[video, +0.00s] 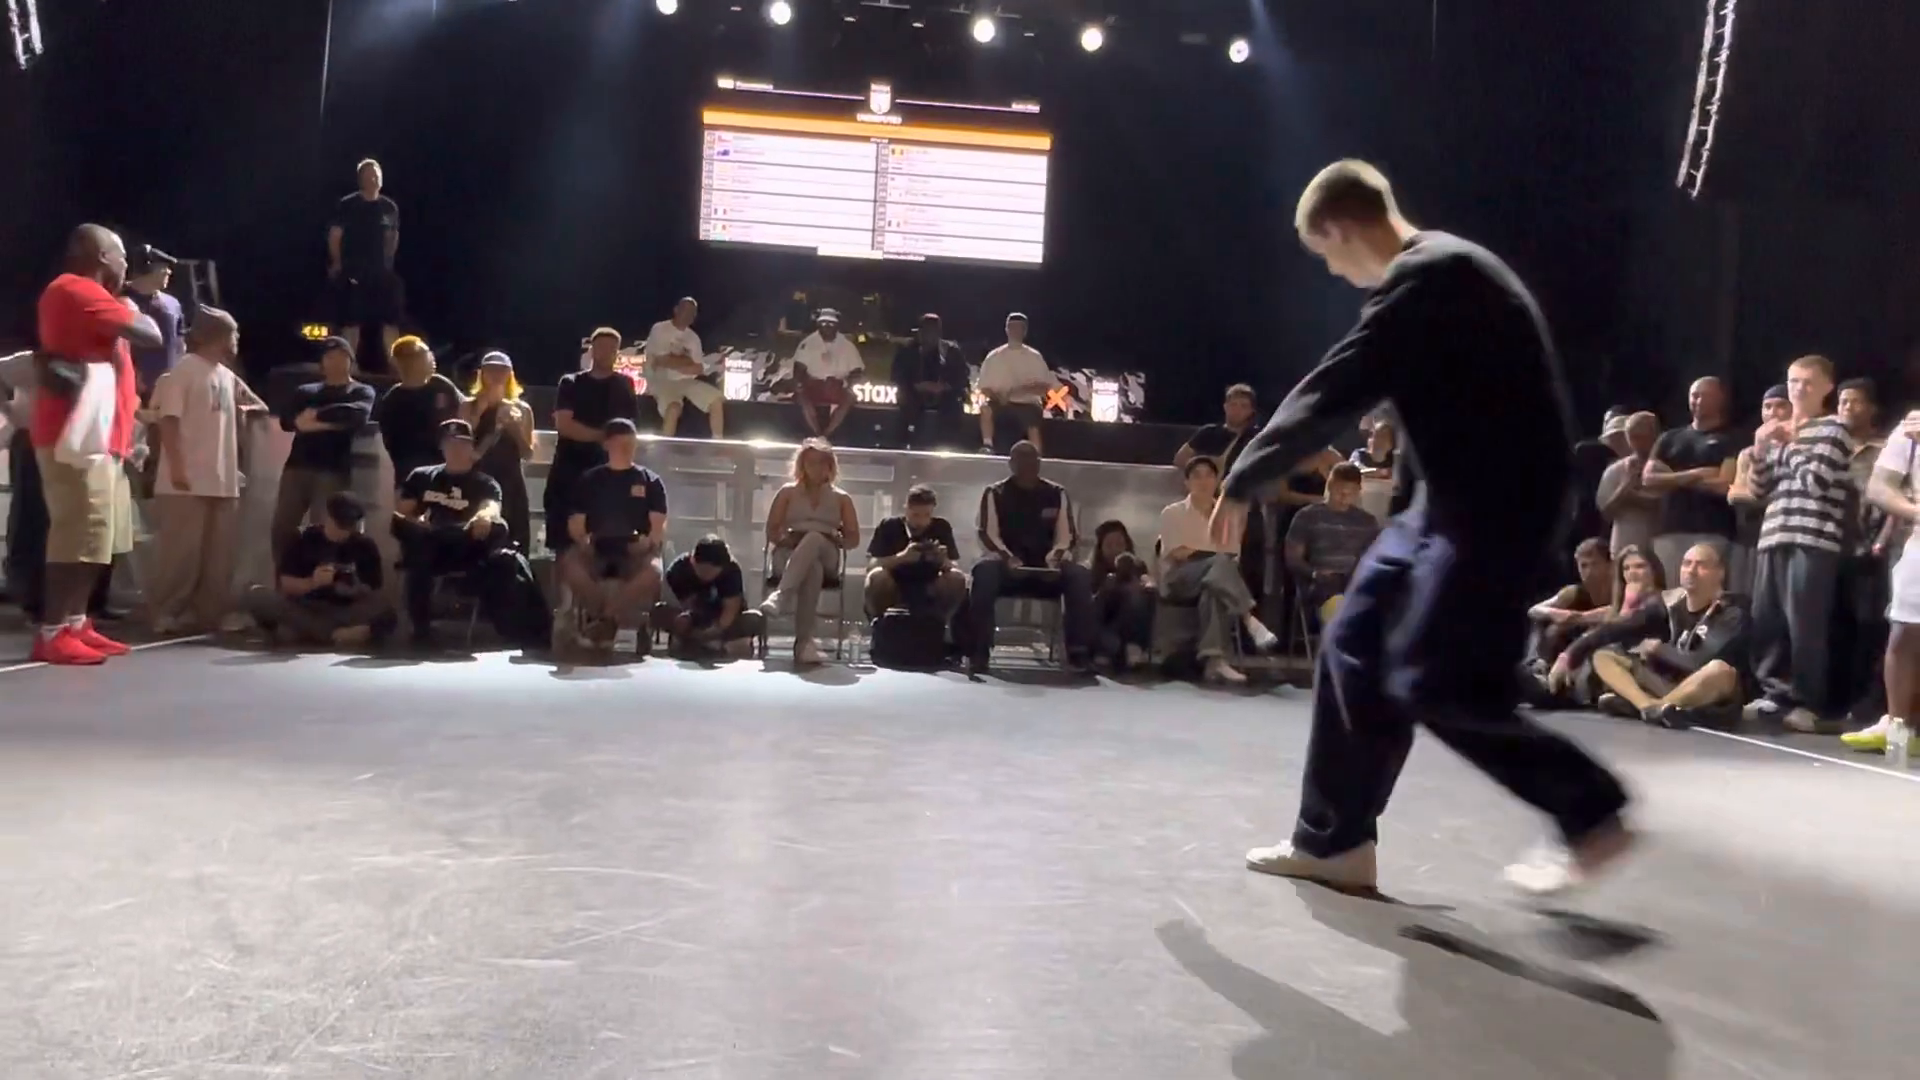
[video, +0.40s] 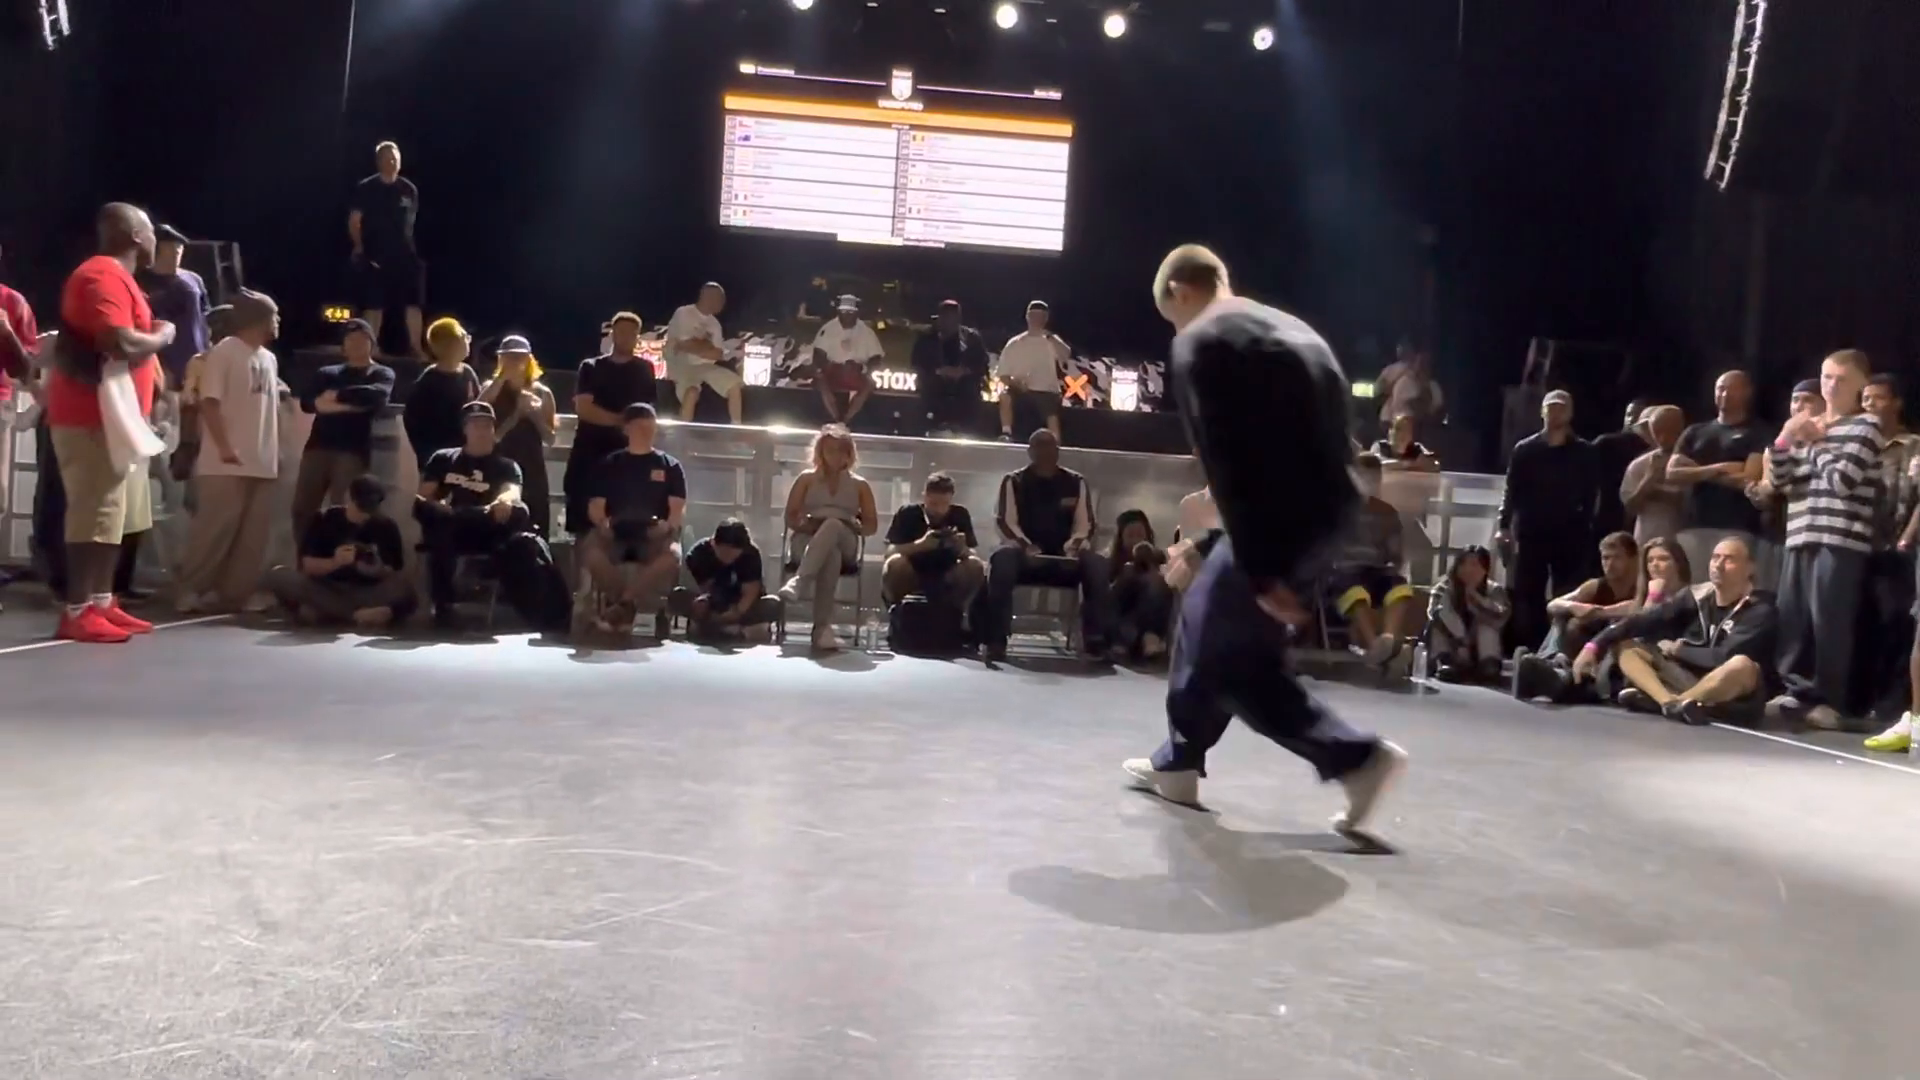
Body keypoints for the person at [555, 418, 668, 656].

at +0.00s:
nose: (623, 447)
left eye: (628, 441)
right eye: (618, 442)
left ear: (635, 444)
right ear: (606, 445)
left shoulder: (650, 482)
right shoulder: (589, 479)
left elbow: (657, 533)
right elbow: (576, 523)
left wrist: (636, 547)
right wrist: (589, 546)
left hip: (634, 545)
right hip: (597, 544)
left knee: (653, 572)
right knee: (570, 563)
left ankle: (607, 620)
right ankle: (608, 617)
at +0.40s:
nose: (644, 431)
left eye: (648, 425)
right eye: (639, 426)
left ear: (655, 428)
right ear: (626, 429)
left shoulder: (670, 466)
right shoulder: (608, 464)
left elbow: (676, 512)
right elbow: (595, 507)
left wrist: (662, 529)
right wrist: (607, 527)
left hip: (652, 527)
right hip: (616, 526)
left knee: (671, 556)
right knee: (591, 550)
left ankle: (622, 606)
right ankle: (624, 607)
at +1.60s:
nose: (669, 415)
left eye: (673, 409)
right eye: (663, 409)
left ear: (679, 412)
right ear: (651, 412)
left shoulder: (694, 449)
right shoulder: (633, 446)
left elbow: (701, 494)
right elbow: (620, 489)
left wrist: (688, 510)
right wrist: (630, 508)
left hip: (676, 508)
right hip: (641, 507)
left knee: (694, 540)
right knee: (616, 533)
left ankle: (643, 587)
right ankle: (649, 588)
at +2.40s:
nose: (680, 404)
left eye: (684, 399)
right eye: (674, 399)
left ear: (690, 401)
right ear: (661, 402)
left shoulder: (705, 438)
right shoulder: (643, 435)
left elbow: (711, 482)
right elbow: (630, 478)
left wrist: (700, 499)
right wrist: (641, 496)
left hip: (687, 498)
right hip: (651, 496)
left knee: (704, 529)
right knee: (626, 520)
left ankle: (651, 576)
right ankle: (658, 576)